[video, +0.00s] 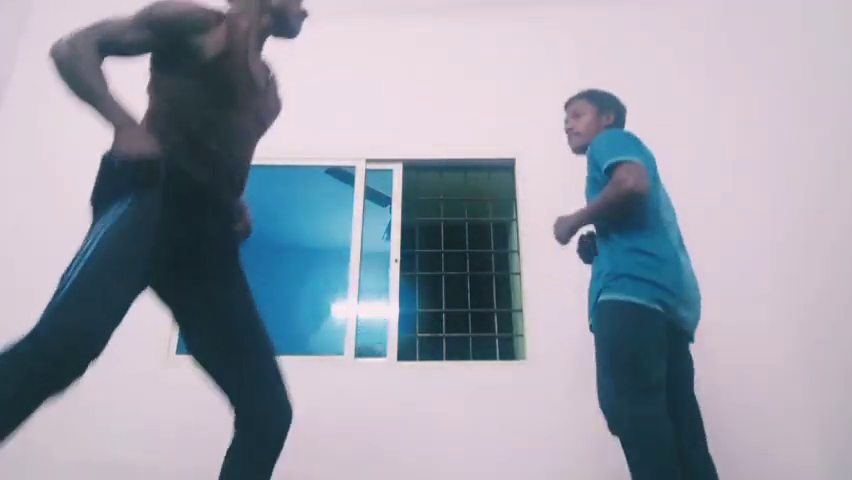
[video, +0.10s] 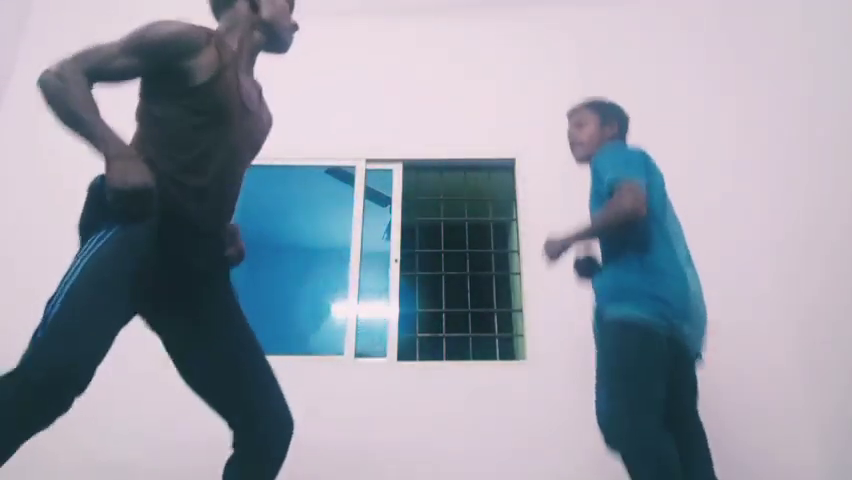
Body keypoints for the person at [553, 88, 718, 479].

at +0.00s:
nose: (567, 125)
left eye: (577, 116)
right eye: (566, 119)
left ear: (607, 117)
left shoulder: (611, 140)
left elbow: (633, 181)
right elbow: (645, 234)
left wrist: (575, 218)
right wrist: (600, 244)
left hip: (633, 287)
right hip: (671, 296)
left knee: (632, 407)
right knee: (677, 413)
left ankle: (658, 473)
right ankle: (697, 474)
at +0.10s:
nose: (571, 135)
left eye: (580, 125)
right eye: (570, 129)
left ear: (609, 127)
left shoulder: (616, 153)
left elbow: (631, 203)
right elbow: (651, 261)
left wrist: (569, 236)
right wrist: (601, 271)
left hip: (638, 304)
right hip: (677, 311)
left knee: (627, 419)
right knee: (678, 420)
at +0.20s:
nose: (575, 158)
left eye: (584, 148)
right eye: (574, 151)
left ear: (616, 153)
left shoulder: (621, 186)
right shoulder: (648, 200)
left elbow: (634, 244)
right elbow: (661, 299)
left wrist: (562, 270)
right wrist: (605, 310)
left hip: (647, 339)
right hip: (686, 346)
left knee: (624, 454)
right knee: (679, 461)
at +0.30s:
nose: (566, 149)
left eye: (576, 140)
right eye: (566, 142)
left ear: (606, 144)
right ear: (605, 147)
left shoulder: (614, 173)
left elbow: (649, 221)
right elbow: (654, 271)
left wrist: (580, 263)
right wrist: (611, 308)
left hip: (648, 317)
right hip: (685, 325)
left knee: (615, 426)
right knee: (674, 444)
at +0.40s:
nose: (554, 126)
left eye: (562, 116)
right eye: (552, 120)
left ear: (593, 115)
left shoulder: (600, 140)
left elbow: (641, 182)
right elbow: (644, 234)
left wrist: (578, 237)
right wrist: (605, 270)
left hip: (634, 288)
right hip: (674, 295)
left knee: (631, 413)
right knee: (686, 415)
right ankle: (710, 472)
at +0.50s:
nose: (547, 133)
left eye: (555, 122)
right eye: (545, 127)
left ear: (586, 122)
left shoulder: (590, 147)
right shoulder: (628, 163)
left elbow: (622, 193)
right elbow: (652, 252)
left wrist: (563, 261)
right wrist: (603, 287)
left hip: (634, 305)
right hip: (679, 309)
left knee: (638, 427)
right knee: (675, 429)